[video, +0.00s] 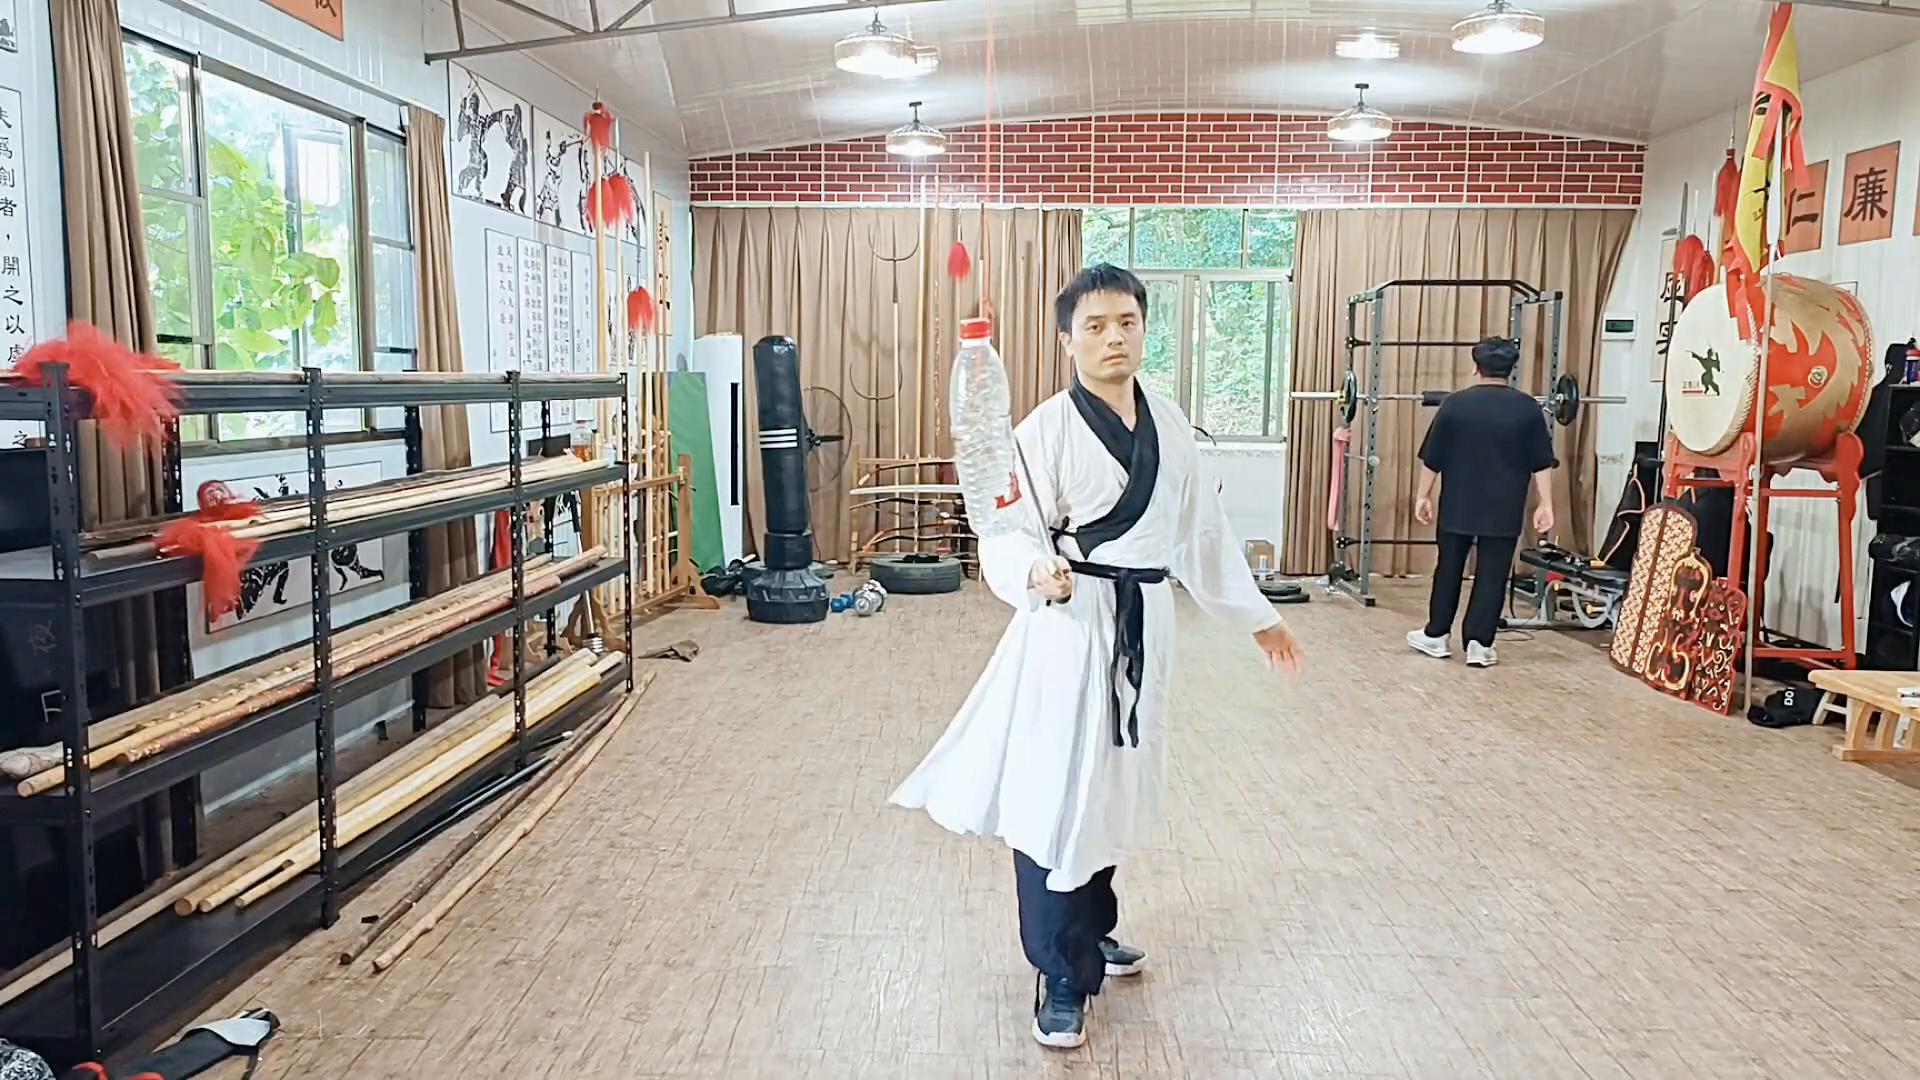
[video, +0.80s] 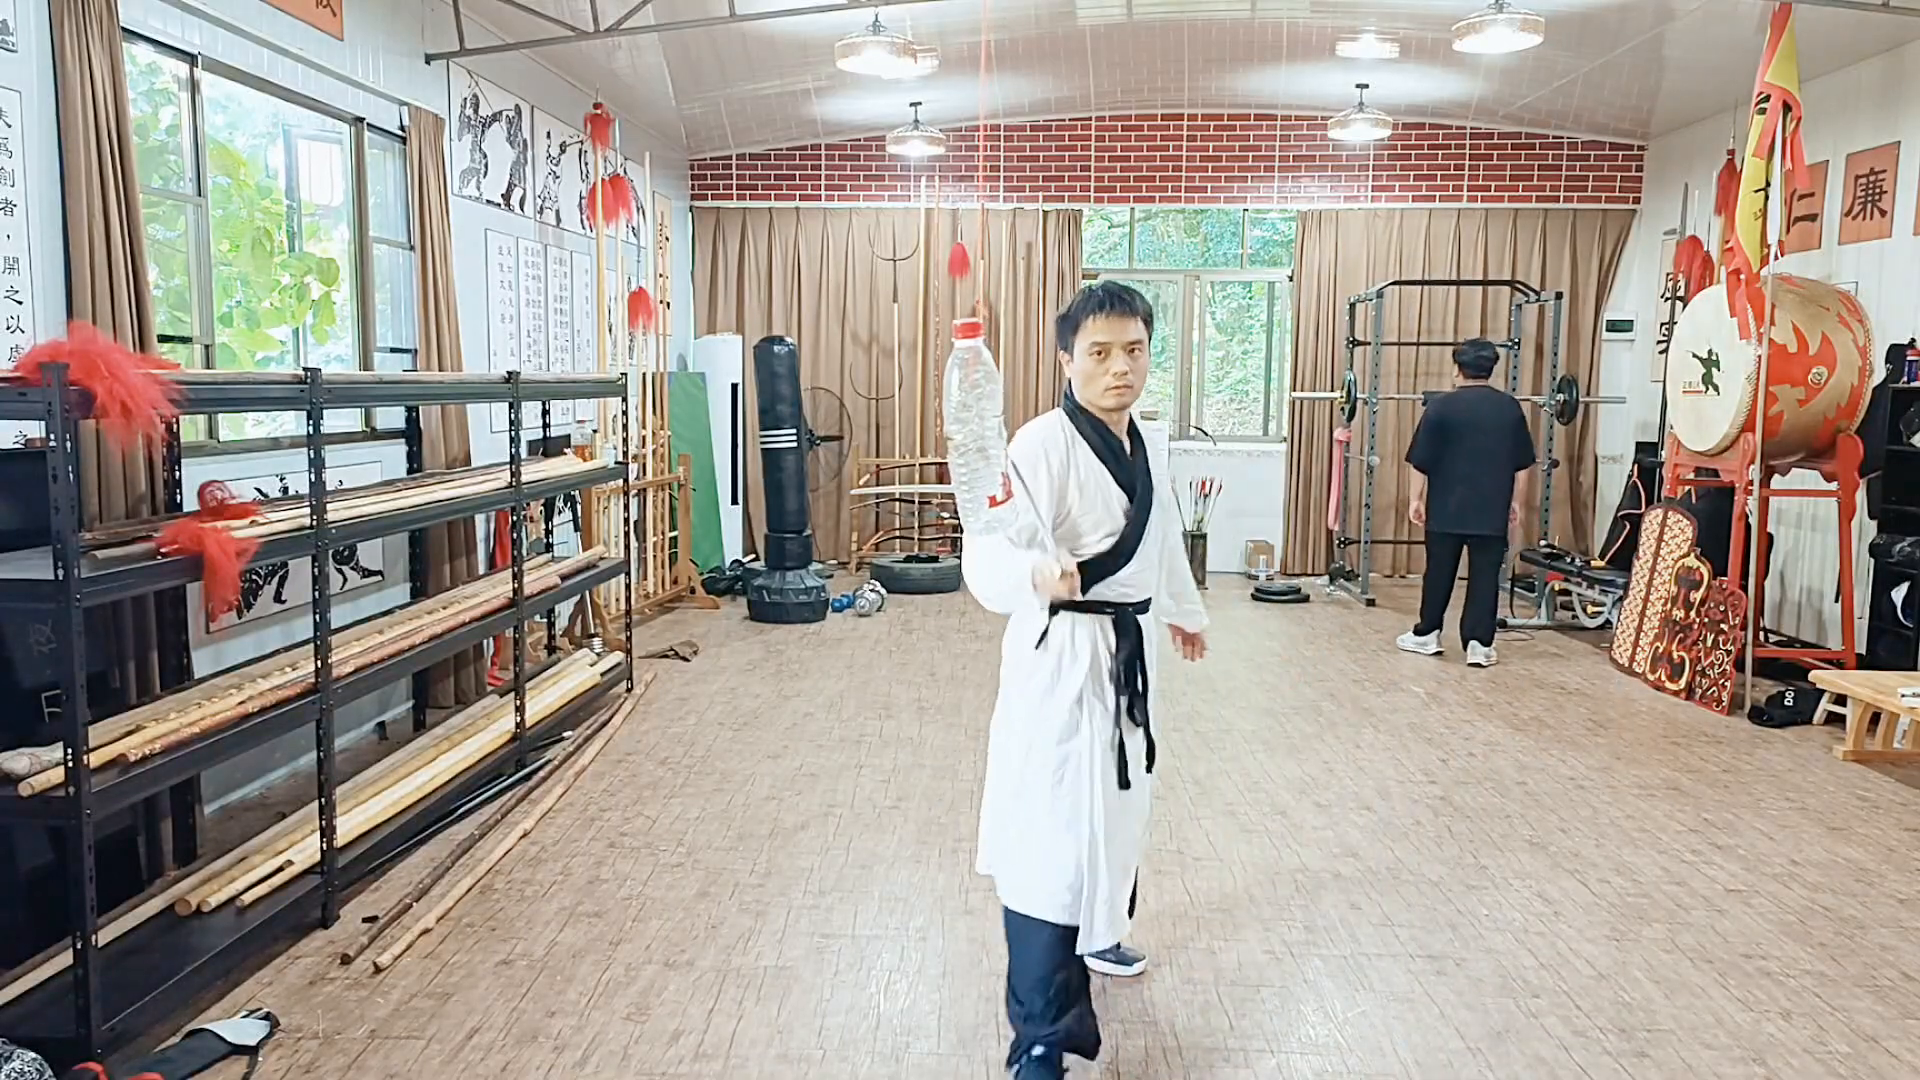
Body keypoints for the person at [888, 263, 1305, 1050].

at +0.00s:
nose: (1114, 337)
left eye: (1127, 321)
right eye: (1097, 325)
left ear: (1145, 332)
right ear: (1069, 339)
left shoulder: (1170, 428)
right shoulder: (1042, 433)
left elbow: (1207, 538)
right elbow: (1001, 533)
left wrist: (1260, 616)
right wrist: (1035, 571)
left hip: (1141, 626)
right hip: (1067, 627)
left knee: (1114, 782)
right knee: (1050, 796)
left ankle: (1089, 932)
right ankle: (1056, 979)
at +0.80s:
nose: (1120, 366)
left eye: (1133, 350)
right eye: (1101, 352)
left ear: (1150, 357)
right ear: (1067, 360)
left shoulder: (1146, 437)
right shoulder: (1041, 445)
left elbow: (1162, 534)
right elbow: (986, 551)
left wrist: (1183, 610)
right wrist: (1036, 575)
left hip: (1129, 652)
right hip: (1057, 660)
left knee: (1118, 802)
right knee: (1048, 839)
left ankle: (1097, 937)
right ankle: (1038, 1047)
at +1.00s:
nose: (1113, 398)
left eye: (1127, 380)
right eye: (1091, 380)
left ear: (1141, 389)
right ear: (1052, 391)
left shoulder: (1108, 459)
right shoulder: (1044, 462)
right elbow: (1042, 493)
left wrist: (1120, 696)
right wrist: (1070, 486)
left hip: (1103, 685)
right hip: (1045, 698)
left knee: (1107, 818)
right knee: (1040, 886)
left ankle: (1098, 928)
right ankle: (1038, 1058)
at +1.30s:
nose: (1116, 401)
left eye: (1129, 384)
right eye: (1095, 384)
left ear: (1143, 395)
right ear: (1055, 397)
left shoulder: (1124, 474)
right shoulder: (1023, 494)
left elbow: (1114, 567)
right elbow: (981, 628)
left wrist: (1130, 627)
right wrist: (1028, 670)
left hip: (1110, 688)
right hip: (1047, 704)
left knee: (1091, 873)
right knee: (1058, 888)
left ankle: (1061, 1049)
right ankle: (1035, 1057)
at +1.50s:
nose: (1110, 386)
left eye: (1124, 370)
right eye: (1091, 370)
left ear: (1140, 380)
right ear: (1058, 379)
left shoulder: (1135, 457)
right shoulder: (1022, 474)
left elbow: (1156, 549)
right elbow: (994, 591)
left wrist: (1229, 591)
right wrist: (1037, 626)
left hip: (1108, 666)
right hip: (1037, 673)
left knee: (1097, 817)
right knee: (1034, 844)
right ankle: (1028, 1049)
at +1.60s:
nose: (1111, 377)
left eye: (1125, 361)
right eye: (1092, 361)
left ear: (1141, 372)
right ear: (1058, 372)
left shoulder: (1140, 453)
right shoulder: (1025, 464)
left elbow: (1163, 552)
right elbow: (987, 578)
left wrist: (1244, 583)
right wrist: (1028, 617)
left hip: (1110, 658)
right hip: (1038, 664)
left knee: (1088, 815)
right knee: (1040, 833)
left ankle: (1049, 973)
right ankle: (1012, 1026)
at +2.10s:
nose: (1112, 402)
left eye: (1127, 385)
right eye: (1094, 386)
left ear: (1144, 393)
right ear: (1061, 394)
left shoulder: (1143, 471)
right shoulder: (1034, 486)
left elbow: (1162, 569)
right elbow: (984, 599)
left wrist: (1200, 642)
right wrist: (1032, 627)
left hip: (1125, 679)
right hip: (1051, 689)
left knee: (1124, 833)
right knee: (1069, 869)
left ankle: (1080, 961)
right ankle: (1027, 1057)